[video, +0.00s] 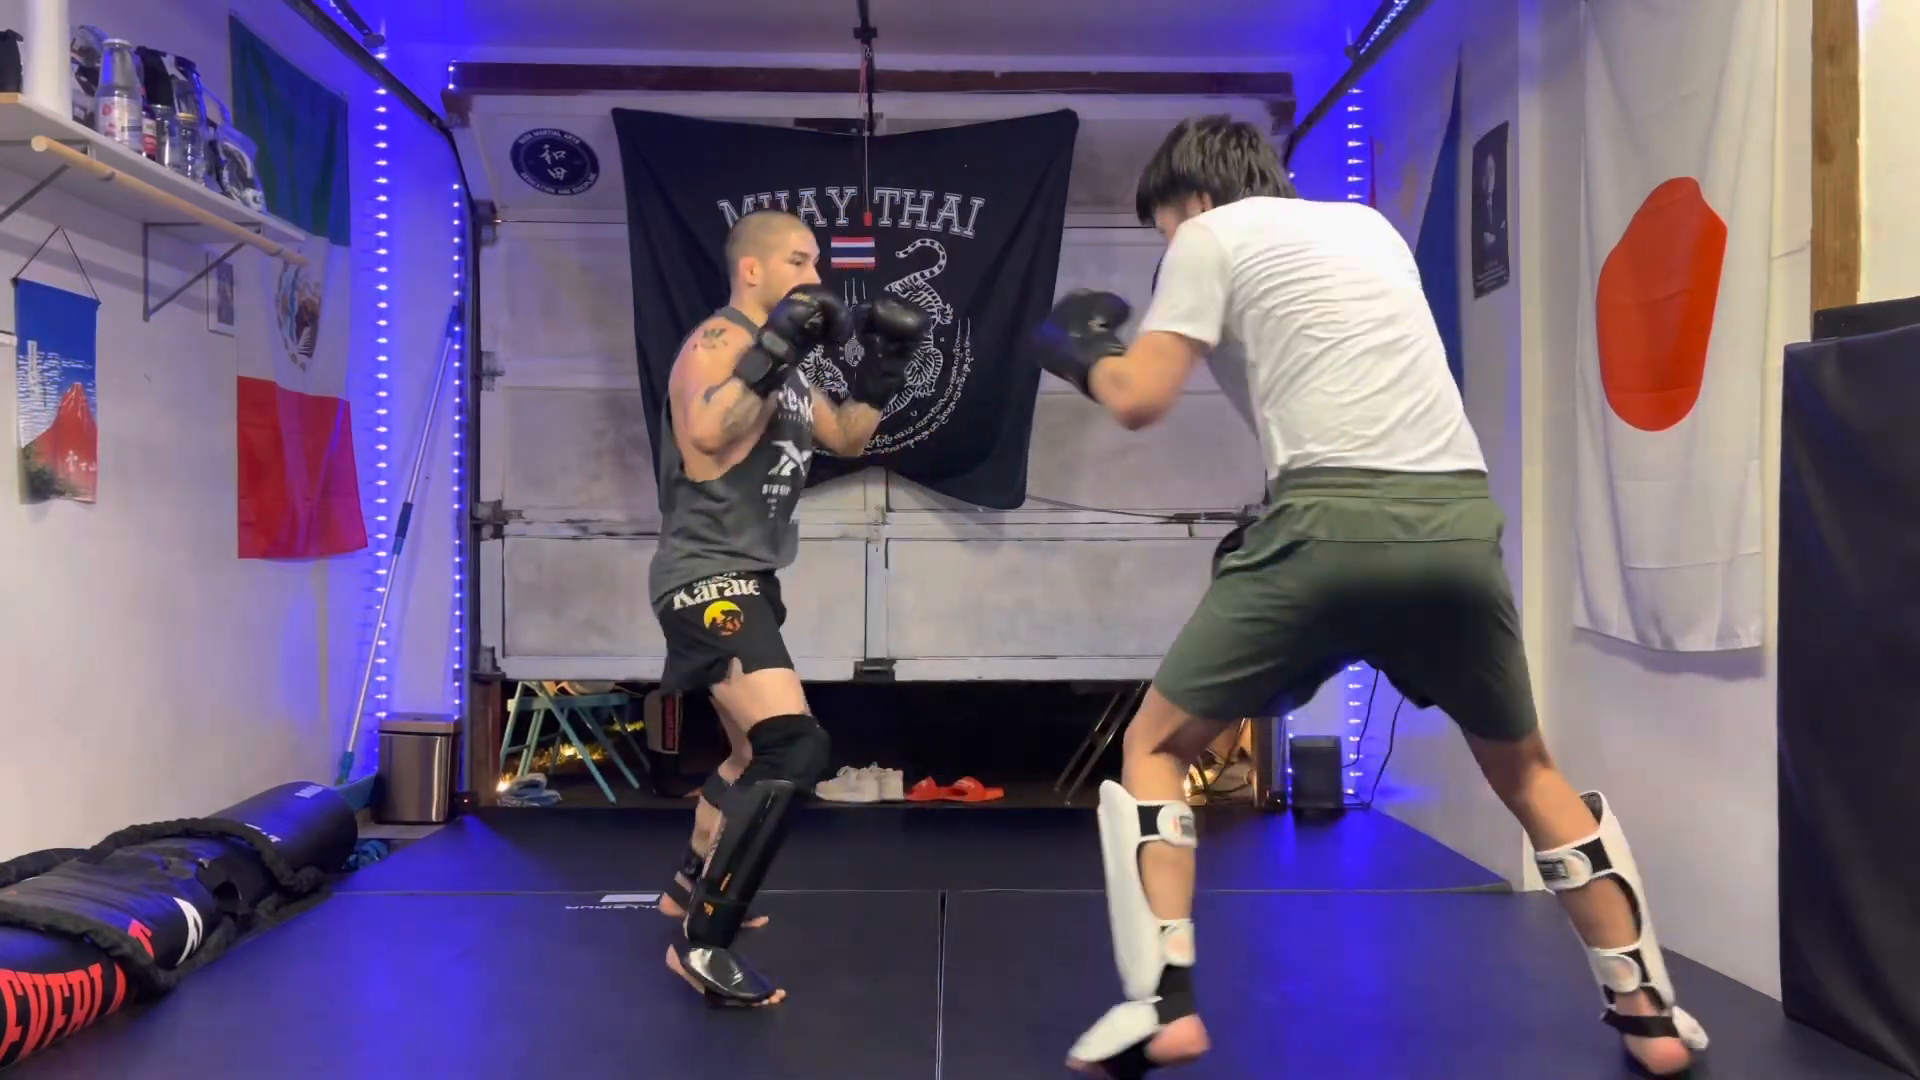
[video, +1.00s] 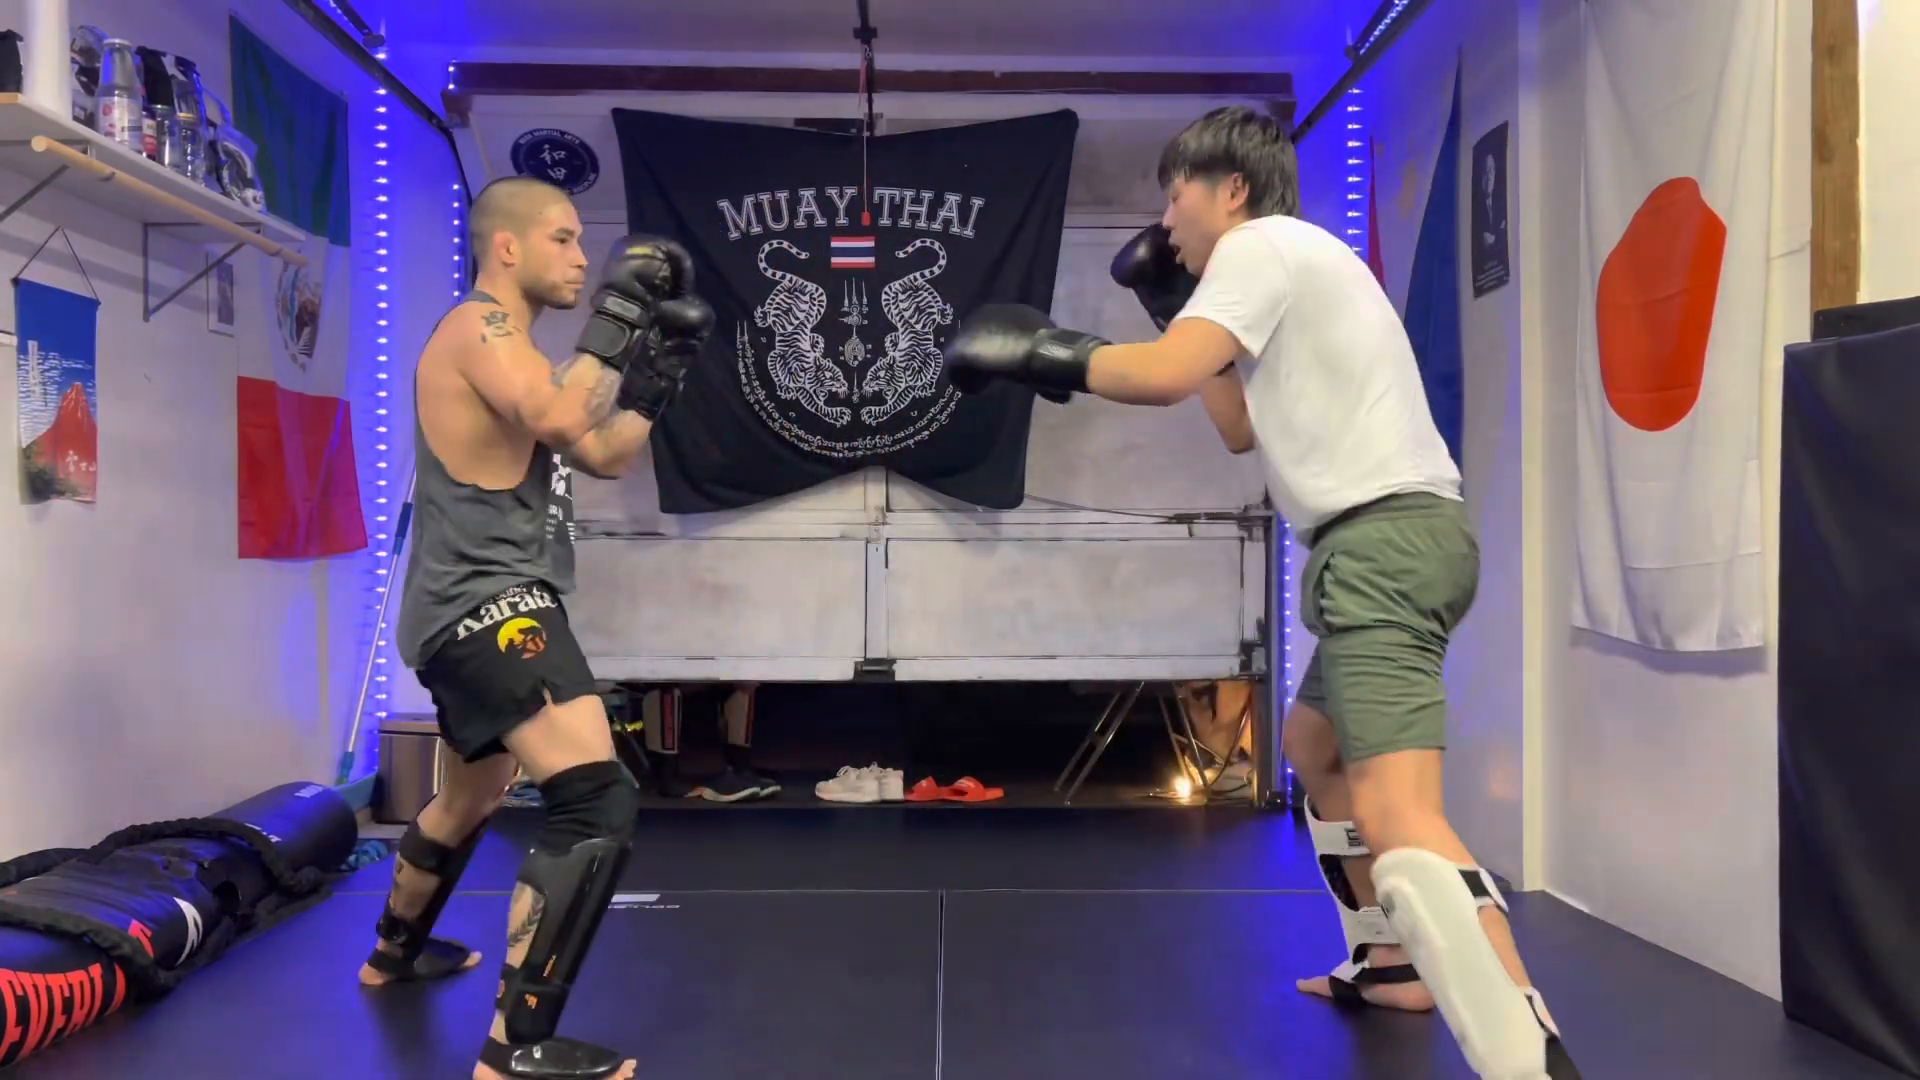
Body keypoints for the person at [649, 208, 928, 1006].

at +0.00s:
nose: (814, 275)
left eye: (816, 263)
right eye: (800, 261)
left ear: (803, 274)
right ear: (749, 269)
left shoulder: (782, 352)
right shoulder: (715, 343)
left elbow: (847, 435)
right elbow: (705, 440)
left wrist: (887, 363)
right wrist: (775, 352)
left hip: (741, 576)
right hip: (710, 576)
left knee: (754, 751)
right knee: (795, 747)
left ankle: (696, 881)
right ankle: (706, 943)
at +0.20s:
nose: (779, 281)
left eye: (779, 267)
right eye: (764, 265)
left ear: (723, 277)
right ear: (711, 272)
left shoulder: (722, 351)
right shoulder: (690, 340)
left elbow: (772, 453)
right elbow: (734, 417)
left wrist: (825, 386)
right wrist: (804, 327)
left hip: (674, 590)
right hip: (686, 591)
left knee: (701, 766)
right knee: (771, 773)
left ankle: (691, 900)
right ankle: (690, 967)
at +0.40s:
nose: (734, 280)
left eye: (732, 265)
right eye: (720, 262)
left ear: (661, 276)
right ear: (666, 271)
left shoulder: (634, 354)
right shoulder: (663, 338)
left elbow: (693, 458)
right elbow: (755, 355)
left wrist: (746, 395)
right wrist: (866, 304)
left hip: (572, 609)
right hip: (617, 608)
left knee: (621, 762)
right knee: (714, 793)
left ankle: (540, 910)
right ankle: (663, 1019)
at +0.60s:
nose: (664, 280)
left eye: (664, 266)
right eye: (649, 264)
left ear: (607, 277)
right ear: (593, 272)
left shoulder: (606, 369)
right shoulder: (553, 352)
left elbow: (682, 458)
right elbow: (508, 471)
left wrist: (730, 377)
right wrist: (618, 449)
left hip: (498, 602)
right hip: (517, 597)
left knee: (503, 791)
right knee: (621, 785)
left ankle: (397, 945)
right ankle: (653, 1009)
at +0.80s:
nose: (609, 254)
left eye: (609, 238)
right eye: (593, 236)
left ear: (552, 246)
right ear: (535, 240)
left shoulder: (555, 340)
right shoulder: (489, 320)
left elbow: (615, 446)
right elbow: (455, 437)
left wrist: (676, 379)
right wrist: (555, 398)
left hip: (507, 576)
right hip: (494, 575)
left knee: (477, 781)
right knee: (586, 774)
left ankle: (396, 942)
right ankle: (555, 1006)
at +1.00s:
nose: (580, 256)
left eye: (579, 240)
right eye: (563, 239)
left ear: (517, 253)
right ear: (505, 247)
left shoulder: (519, 348)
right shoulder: (478, 331)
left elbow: (606, 453)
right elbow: (559, 415)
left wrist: (662, 373)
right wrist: (620, 314)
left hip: (473, 606)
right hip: (491, 601)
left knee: (469, 794)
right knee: (596, 802)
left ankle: (396, 948)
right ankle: (522, 1041)